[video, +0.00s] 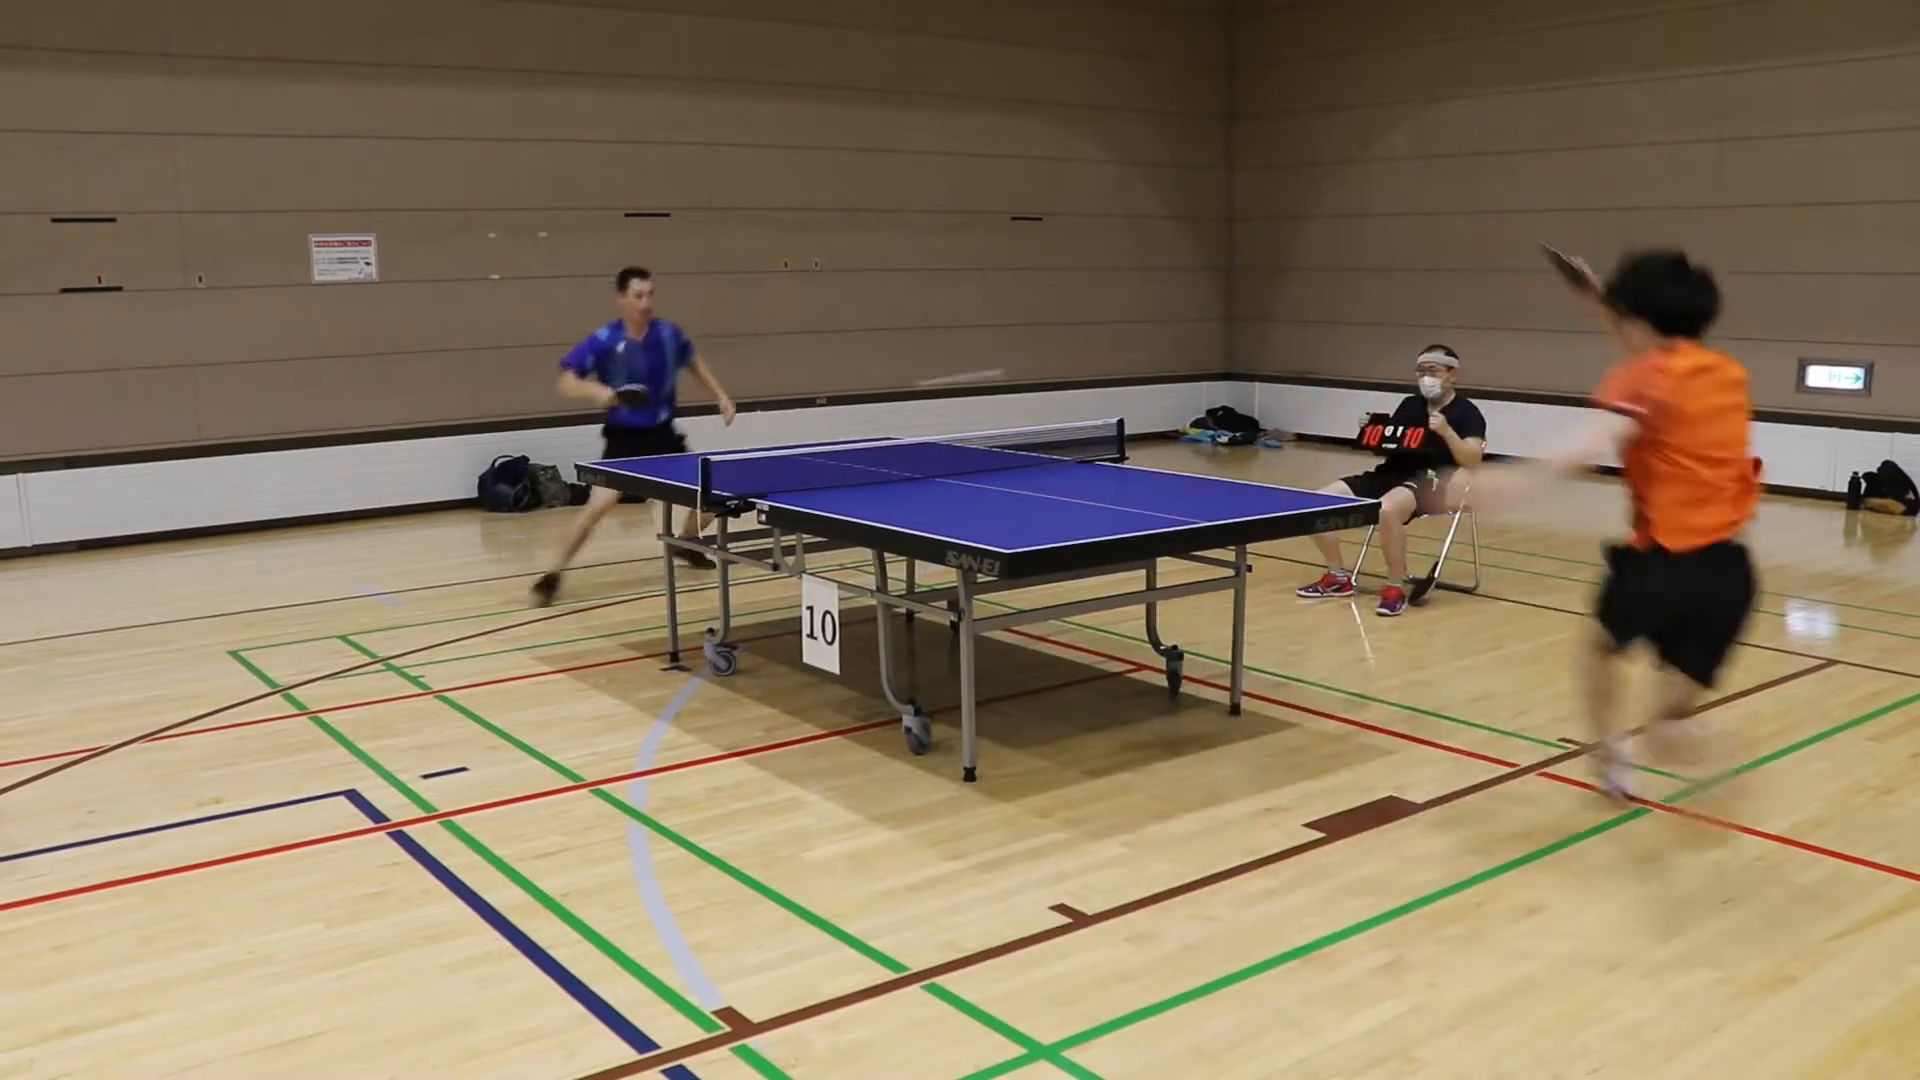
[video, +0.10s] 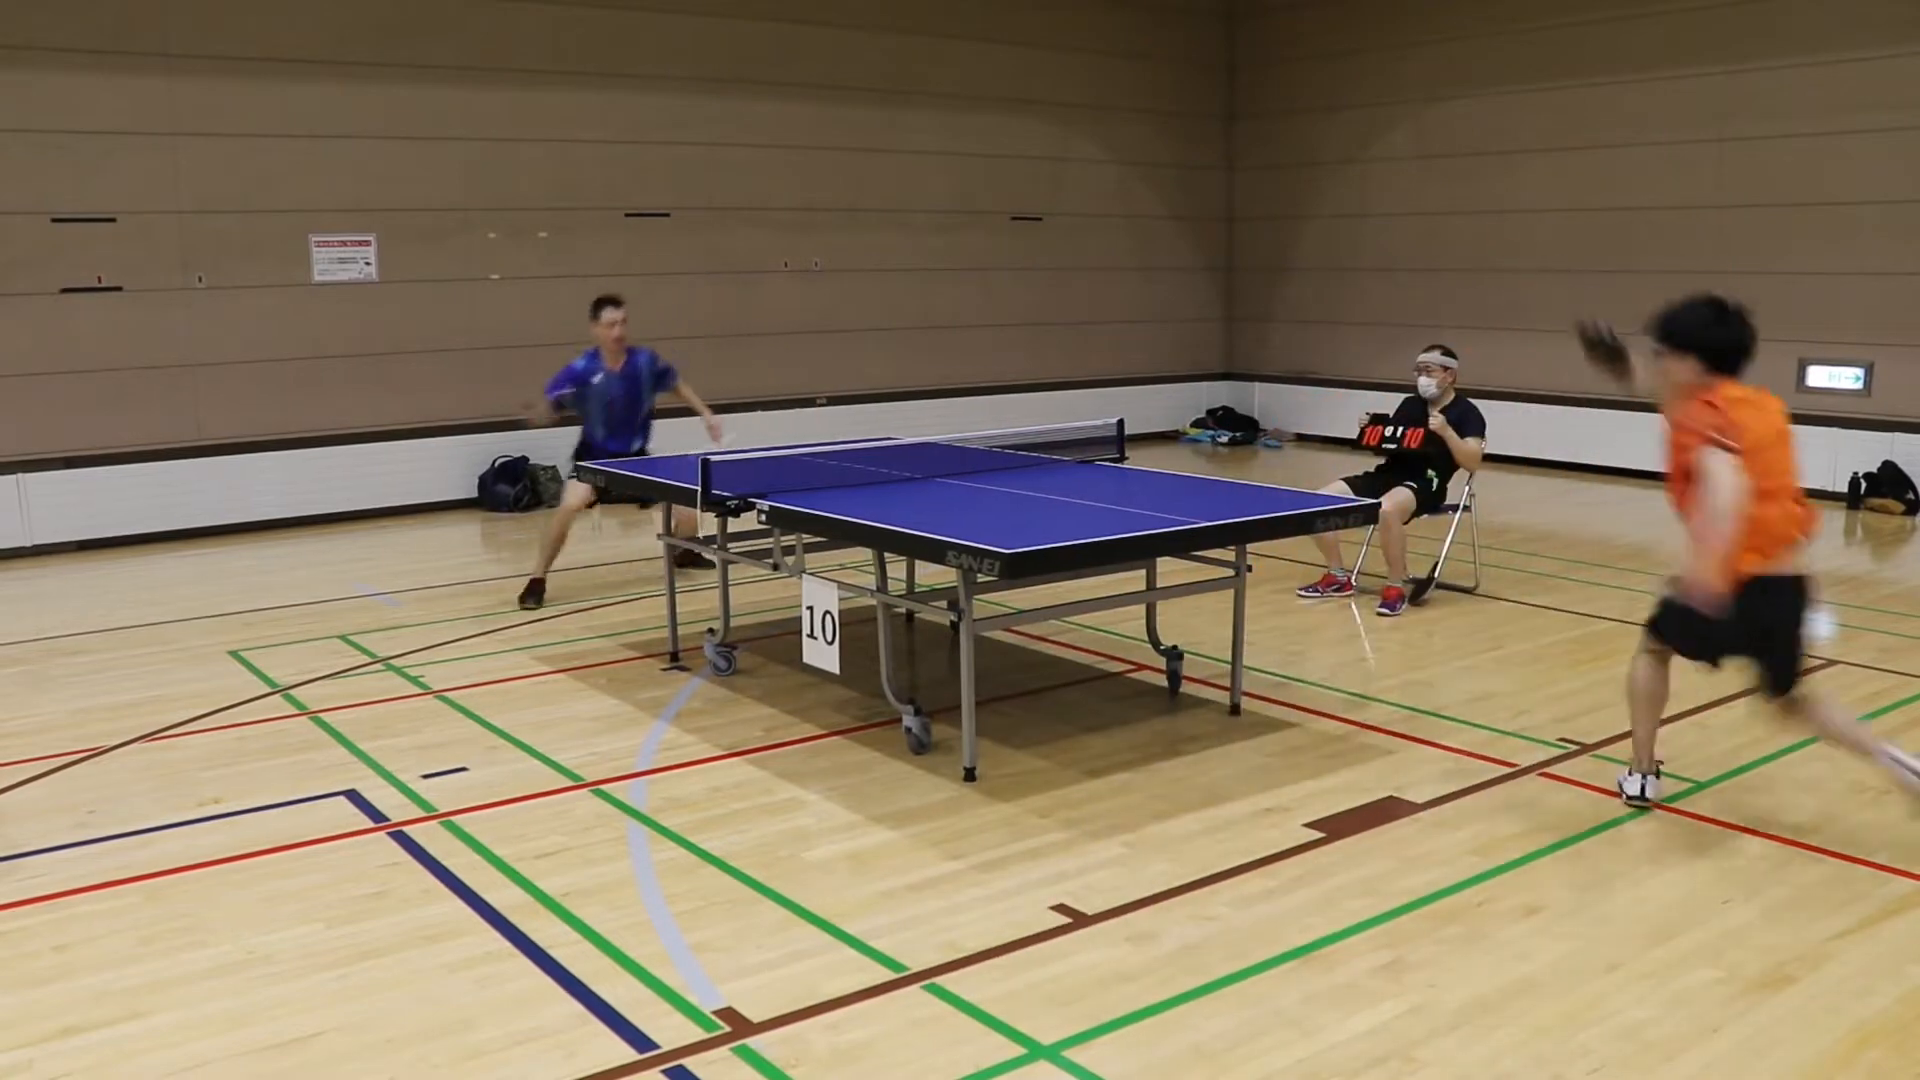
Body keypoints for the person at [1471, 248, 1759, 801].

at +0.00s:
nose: (1620, 332)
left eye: (1623, 319)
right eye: (1618, 321)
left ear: (1644, 320)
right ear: (1691, 315)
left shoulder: (1644, 378)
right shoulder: (1729, 373)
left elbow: (1581, 454)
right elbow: (1660, 356)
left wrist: (1493, 484)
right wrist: (1601, 301)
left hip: (1657, 567)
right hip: (1726, 571)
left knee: (1603, 647)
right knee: (1667, 721)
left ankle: (1611, 759)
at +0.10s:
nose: (1659, 370)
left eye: (1666, 357)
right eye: (1659, 357)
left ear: (1695, 361)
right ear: (1726, 359)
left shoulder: (1700, 413)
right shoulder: (1767, 406)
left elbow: (1725, 489)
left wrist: (1707, 567)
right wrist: (1627, 370)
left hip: (1726, 585)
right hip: (1783, 588)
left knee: (1654, 647)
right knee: (1789, 696)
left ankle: (1642, 772)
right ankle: (1898, 764)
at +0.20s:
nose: (1714, 374)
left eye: (1724, 362)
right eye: (1717, 362)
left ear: (1759, 369)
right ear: (1767, 371)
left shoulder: (1779, 422)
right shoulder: (1811, 414)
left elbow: (1829, 507)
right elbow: (1782, 511)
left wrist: (1803, 599)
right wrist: (1712, 481)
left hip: (1822, 607)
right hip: (1870, 600)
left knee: (1686, 636)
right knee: (1873, 696)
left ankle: (1648, 772)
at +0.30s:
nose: (1767, 368)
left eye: (1775, 355)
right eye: (1767, 356)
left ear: (1809, 360)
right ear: (1811, 361)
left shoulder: (1853, 417)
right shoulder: (1840, 417)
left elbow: (1891, 508)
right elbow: (1825, 510)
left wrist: (1818, 582)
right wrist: (1744, 497)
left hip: (1909, 590)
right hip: (1902, 583)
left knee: (1775, 638)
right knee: (1907, 666)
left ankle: (1698, 772)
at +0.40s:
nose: (1800, 343)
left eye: (1808, 329)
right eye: (1801, 330)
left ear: (1846, 334)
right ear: (1847, 335)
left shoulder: (1896, 390)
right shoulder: (1874, 395)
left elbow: (1916, 492)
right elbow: (1860, 488)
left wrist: (1830, 551)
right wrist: (1782, 492)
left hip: (1919, 573)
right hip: (1915, 570)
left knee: (1848, 649)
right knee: (1848, 648)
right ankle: (1902, 800)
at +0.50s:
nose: (1842, 336)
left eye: (1850, 324)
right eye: (1845, 325)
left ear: (1890, 331)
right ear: (1889, 332)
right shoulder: (1901, 403)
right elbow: (1882, 485)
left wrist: (1884, 526)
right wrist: (1804, 501)